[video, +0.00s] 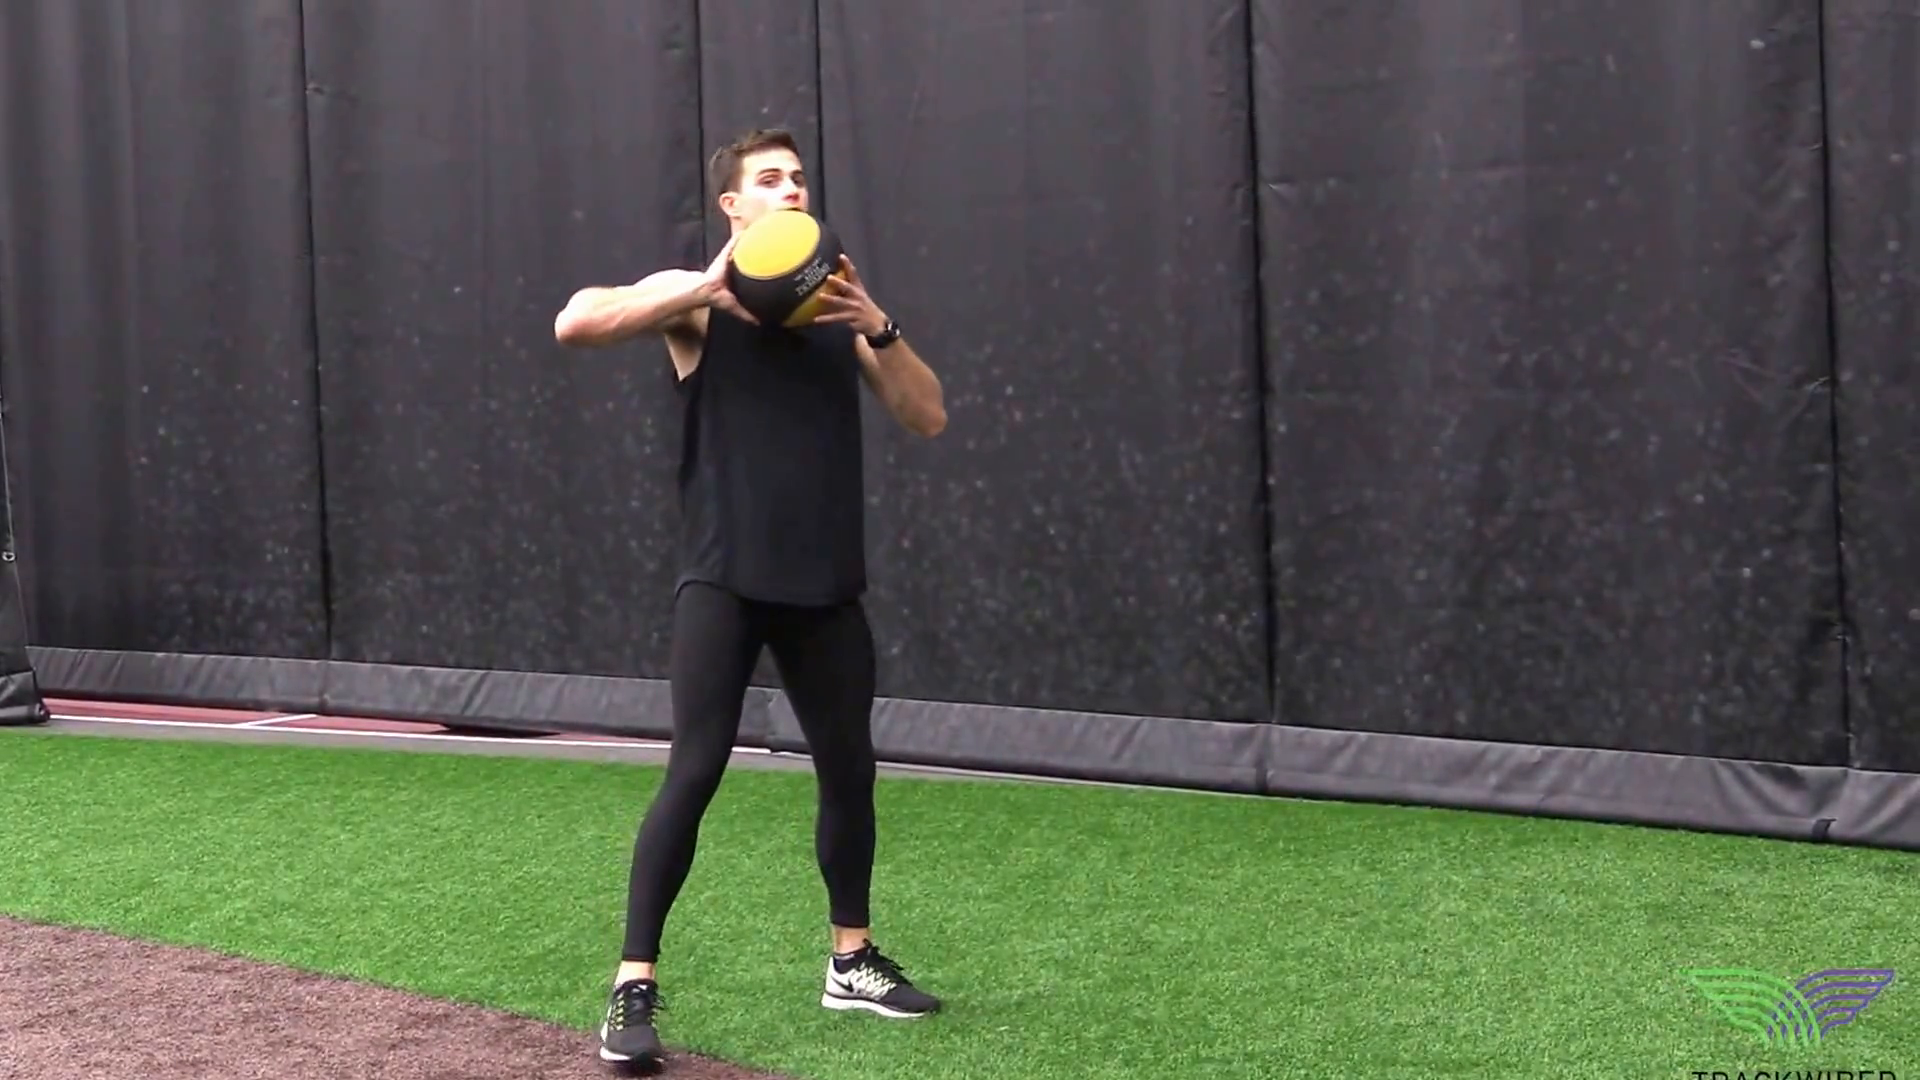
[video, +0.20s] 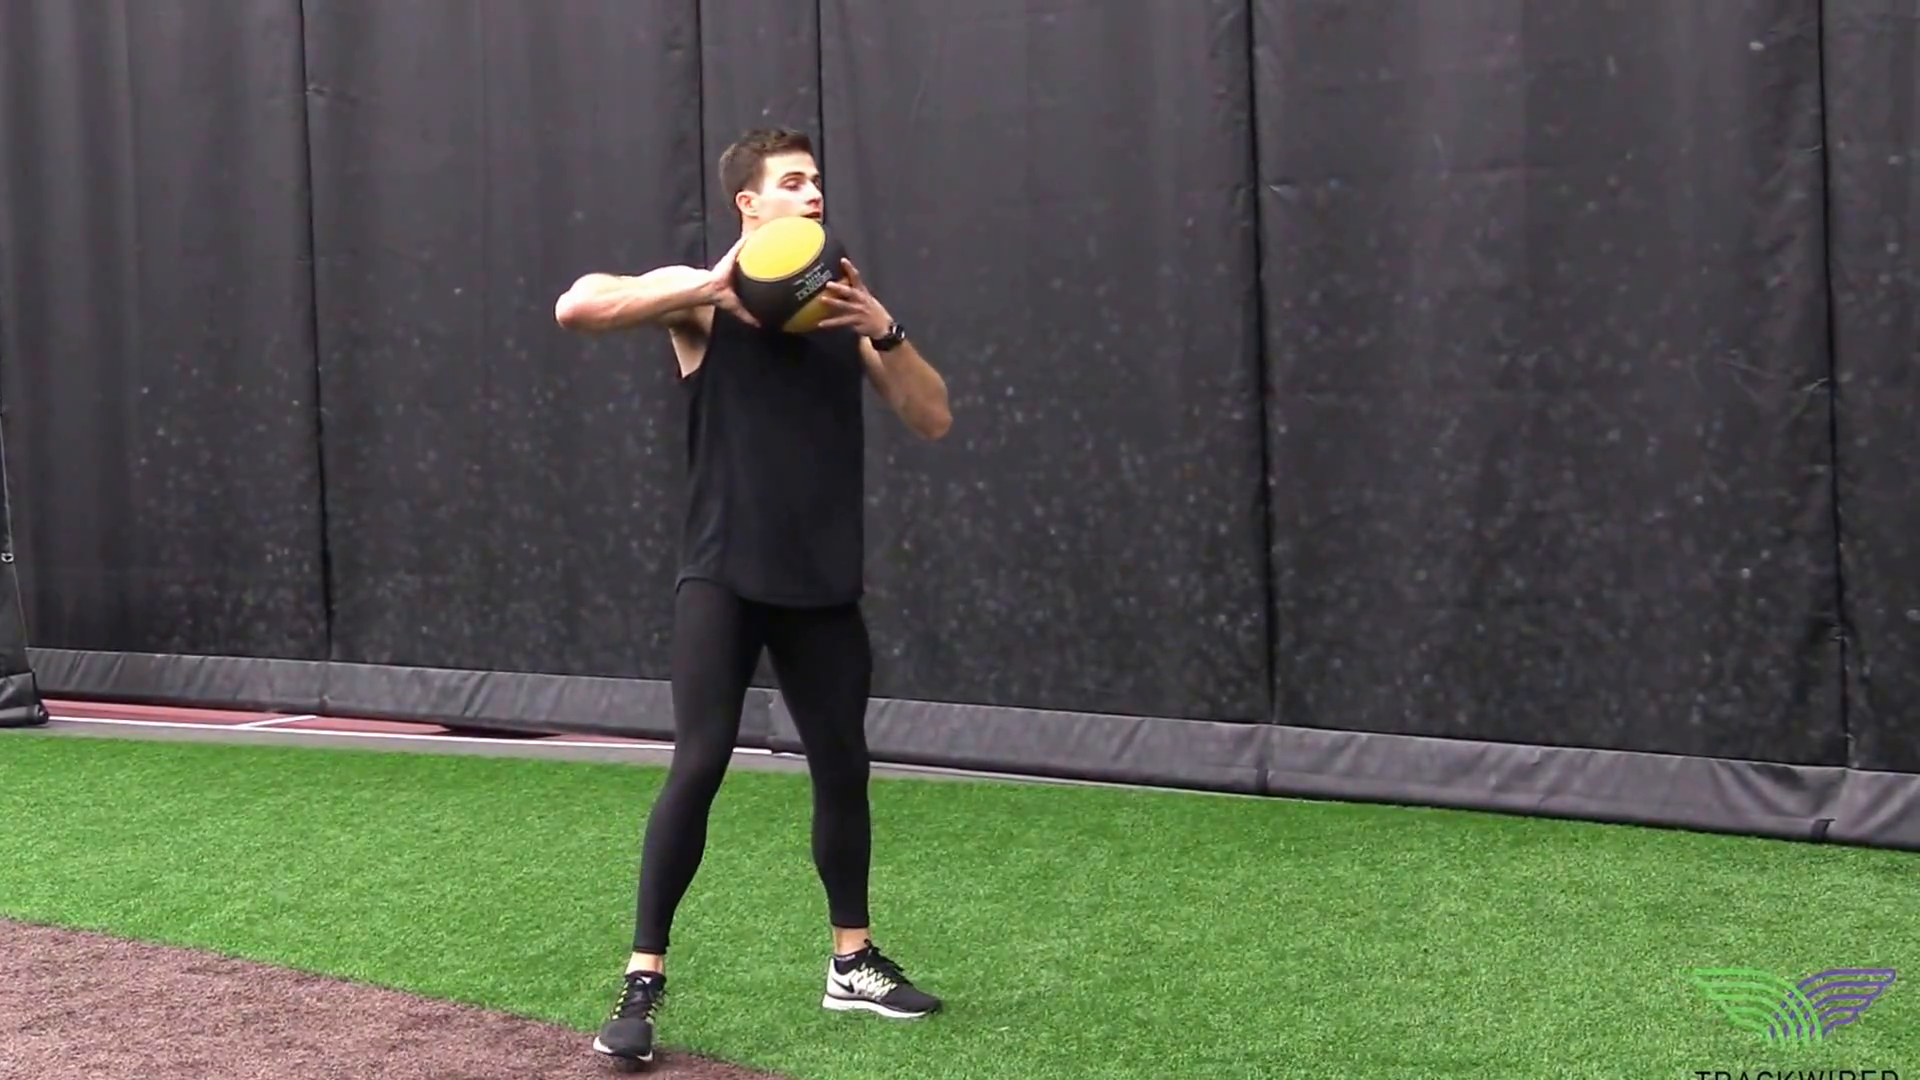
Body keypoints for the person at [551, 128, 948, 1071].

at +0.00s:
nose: (790, 189)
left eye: (798, 177)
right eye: (770, 178)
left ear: (811, 197)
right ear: (729, 202)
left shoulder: (839, 301)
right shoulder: (694, 291)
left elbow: (930, 417)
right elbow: (572, 323)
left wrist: (880, 332)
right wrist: (696, 294)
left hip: (823, 578)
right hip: (721, 574)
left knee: (850, 768)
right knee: (695, 767)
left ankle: (851, 961)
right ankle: (635, 982)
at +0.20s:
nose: (812, 197)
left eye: (816, 184)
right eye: (792, 184)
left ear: (822, 201)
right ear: (745, 201)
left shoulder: (844, 302)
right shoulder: (701, 293)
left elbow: (935, 418)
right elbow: (574, 307)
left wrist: (883, 333)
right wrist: (703, 287)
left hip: (822, 577)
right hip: (721, 571)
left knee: (844, 764)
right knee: (699, 761)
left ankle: (852, 961)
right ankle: (643, 975)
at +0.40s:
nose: (793, 202)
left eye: (796, 189)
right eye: (773, 189)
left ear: (800, 209)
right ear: (725, 205)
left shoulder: (820, 306)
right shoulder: (673, 297)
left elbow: (911, 419)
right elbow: (543, 306)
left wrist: (861, 337)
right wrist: (674, 290)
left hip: (793, 580)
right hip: (691, 575)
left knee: (816, 767)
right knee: (675, 760)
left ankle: (831, 962)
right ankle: (623, 977)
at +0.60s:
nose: (716, 213)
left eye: (721, 198)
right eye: (695, 199)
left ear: (728, 214)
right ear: (643, 216)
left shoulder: (751, 308)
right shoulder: (597, 302)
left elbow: (841, 422)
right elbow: (457, 314)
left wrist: (792, 342)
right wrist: (578, 313)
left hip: (720, 585)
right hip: (618, 582)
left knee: (747, 765)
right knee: (596, 753)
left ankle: (771, 959)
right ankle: (528, 972)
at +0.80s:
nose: (615, 230)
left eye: (619, 213)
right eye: (594, 216)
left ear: (627, 224)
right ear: (543, 233)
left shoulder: (668, 315)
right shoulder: (498, 312)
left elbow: (750, 428)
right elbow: (355, 331)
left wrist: (685, 360)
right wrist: (482, 333)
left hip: (639, 588)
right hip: (530, 584)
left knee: (671, 772)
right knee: (496, 761)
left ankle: (698, 962)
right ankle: (420, 980)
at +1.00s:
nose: (551, 257)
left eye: (554, 239)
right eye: (529, 246)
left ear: (562, 246)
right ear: (480, 265)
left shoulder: (608, 333)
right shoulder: (442, 338)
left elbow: (696, 449)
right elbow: (287, 354)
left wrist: (612, 397)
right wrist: (400, 362)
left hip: (592, 604)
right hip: (484, 604)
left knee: (648, 775)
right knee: (449, 782)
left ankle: (682, 962)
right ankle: (378, 994)